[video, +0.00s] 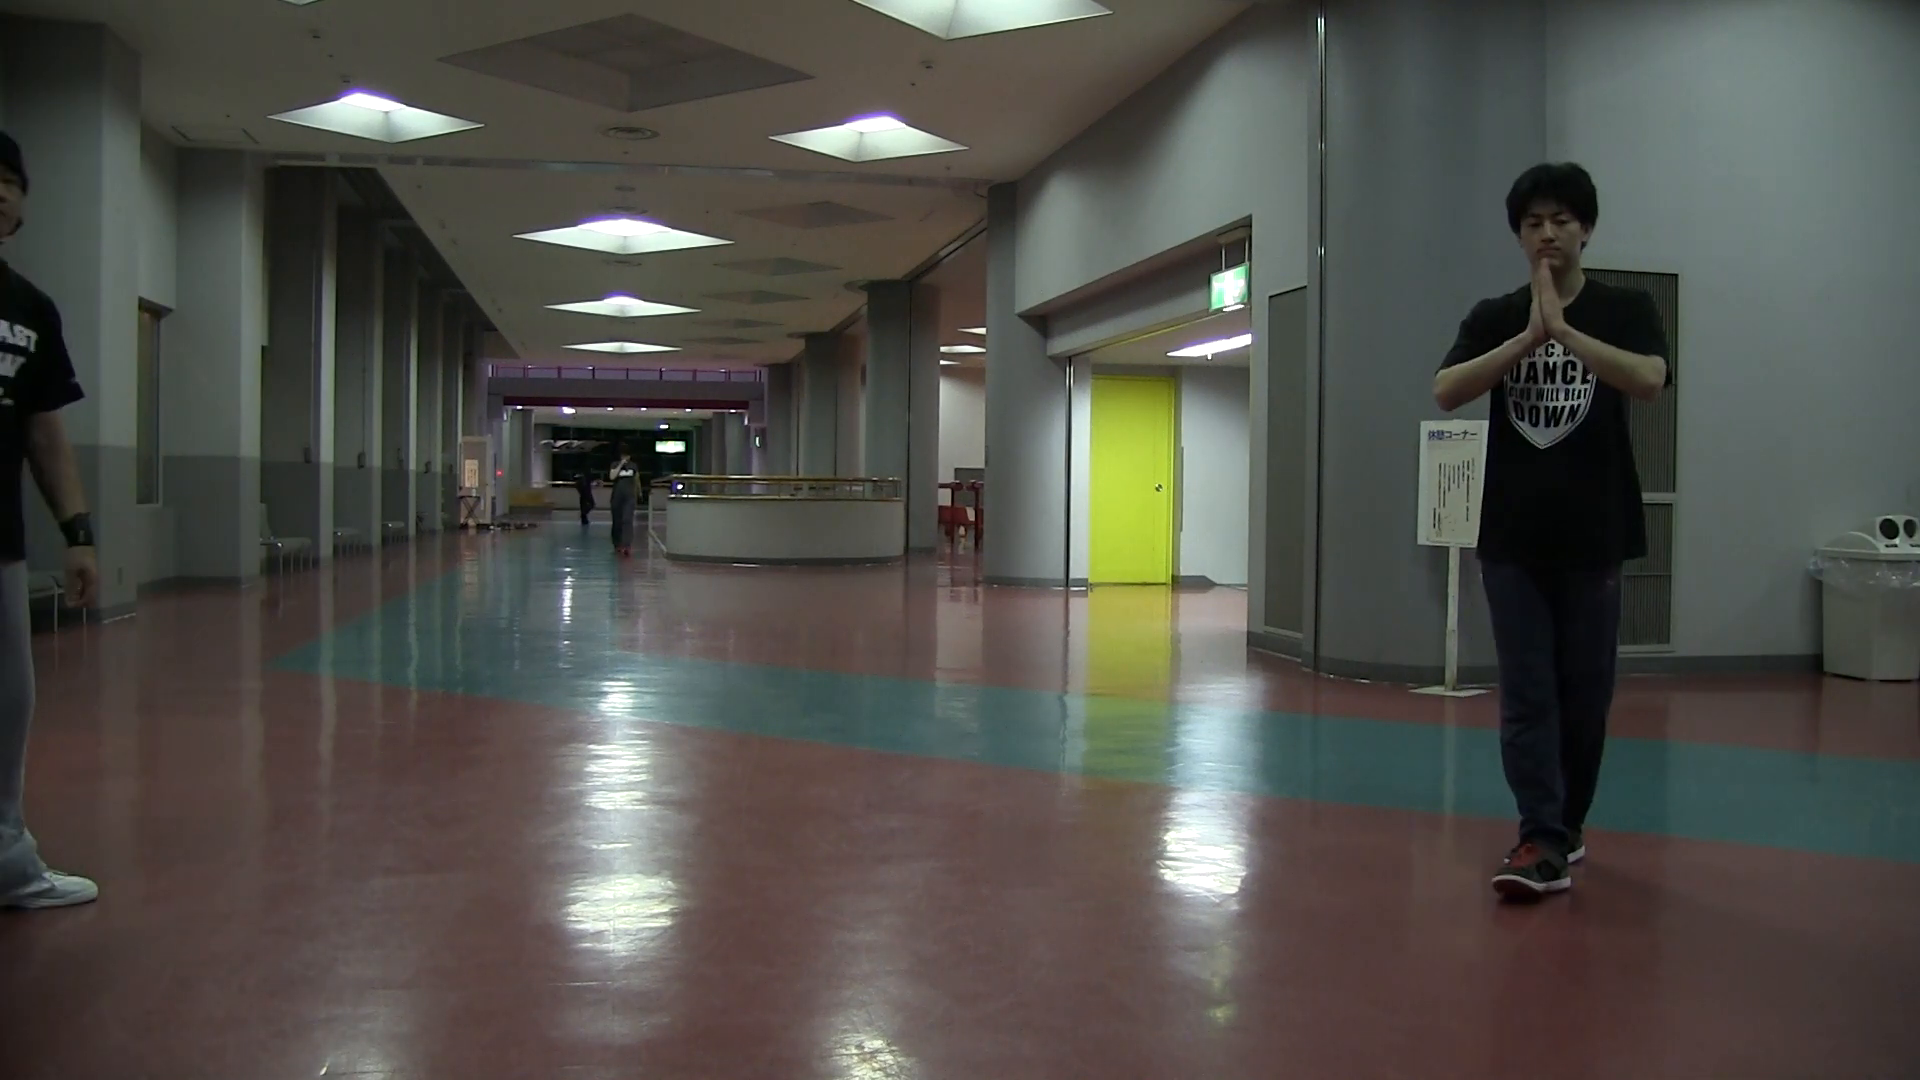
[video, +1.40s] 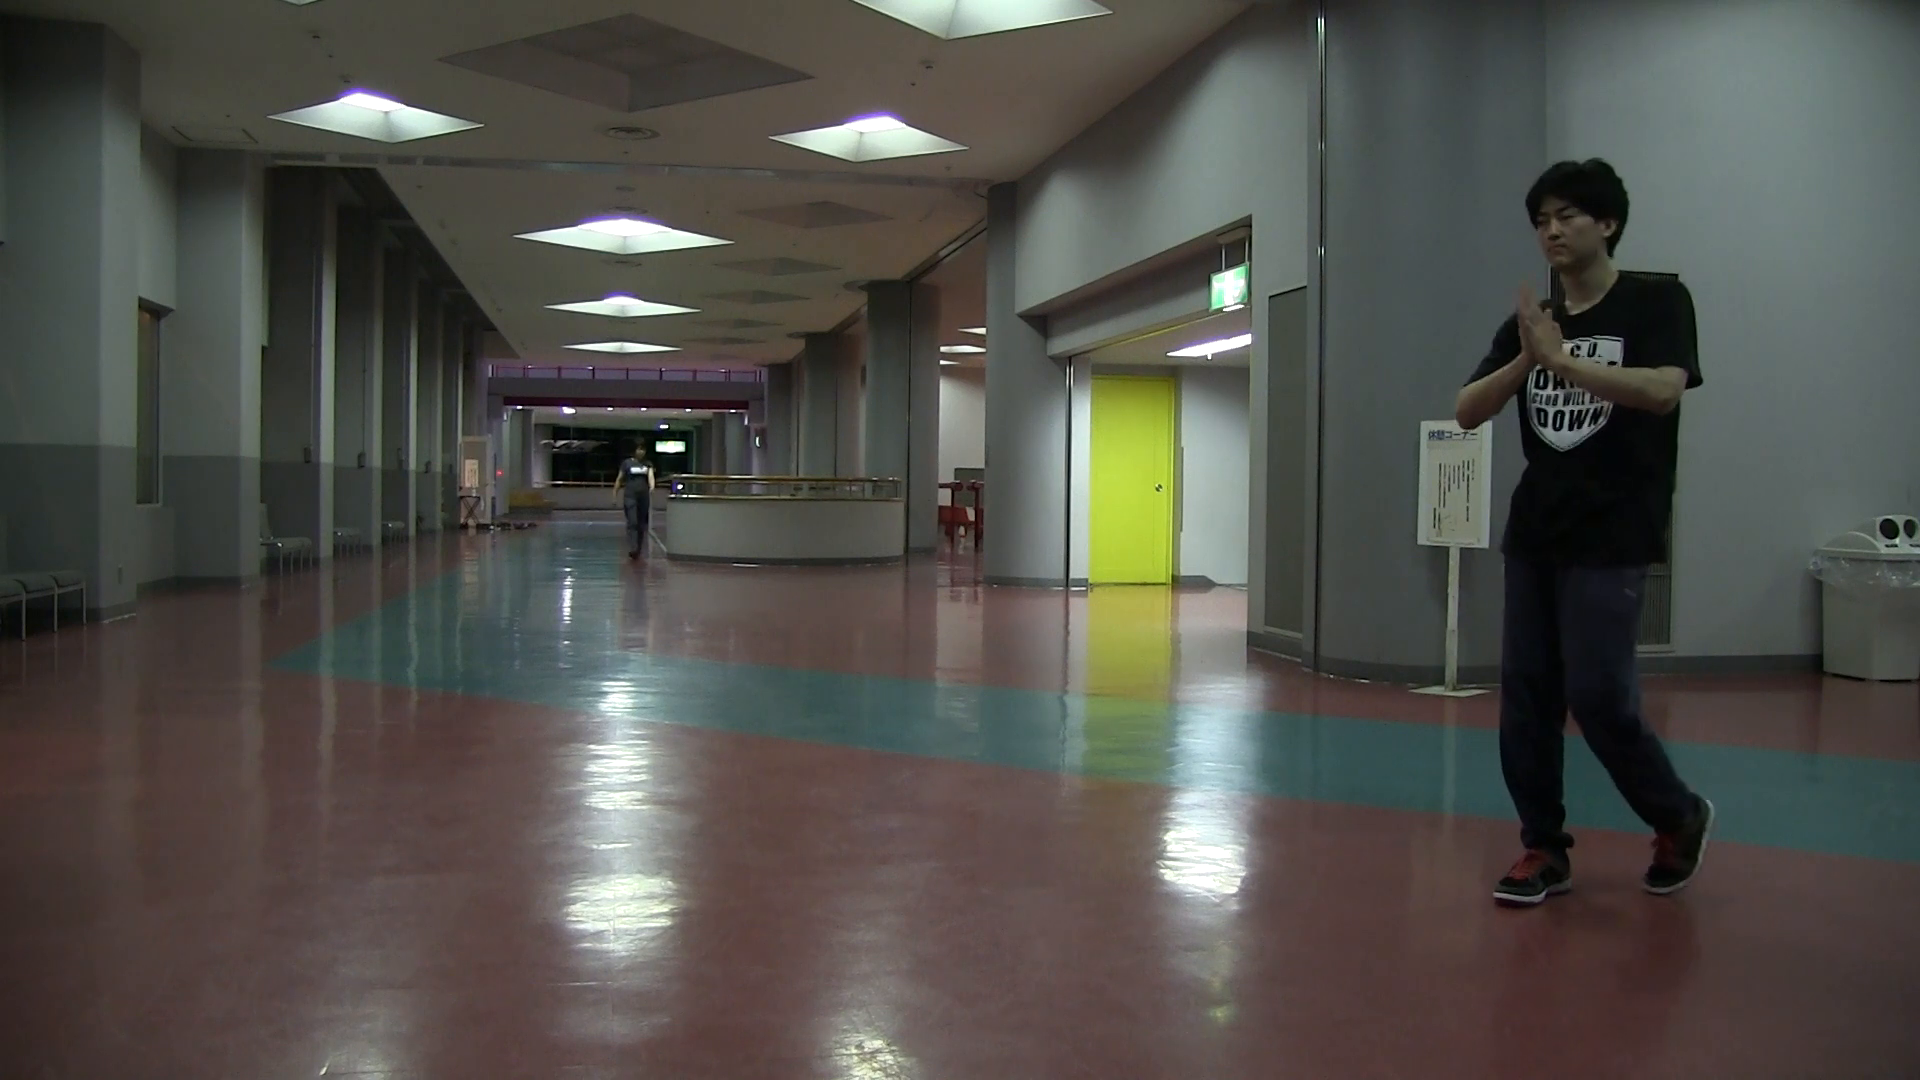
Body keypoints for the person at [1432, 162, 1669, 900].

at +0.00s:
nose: (1548, 235)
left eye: (1562, 222)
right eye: (1534, 223)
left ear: (1587, 230)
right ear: (1518, 234)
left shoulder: (1625, 309)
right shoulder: (1492, 316)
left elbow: (1650, 379)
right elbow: (1447, 389)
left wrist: (1563, 331)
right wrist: (1527, 339)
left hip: (1595, 531)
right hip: (1512, 531)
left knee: (1584, 687)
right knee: (1527, 687)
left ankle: (1564, 834)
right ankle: (1539, 842)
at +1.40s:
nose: (1553, 230)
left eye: (1568, 215)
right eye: (1543, 219)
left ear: (1607, 224)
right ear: (1536, 233)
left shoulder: (1657, 300)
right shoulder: (1532, 320)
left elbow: (1663, 391)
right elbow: (1467, 412)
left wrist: (1559, 360)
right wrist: (1528, 359)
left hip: (1611, 536)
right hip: (1533, 532)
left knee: (1598, 700)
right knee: (1527, 698)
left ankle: (1680, 819)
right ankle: (1544, 849)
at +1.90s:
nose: (1601, 233)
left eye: (1614, 220)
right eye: (1599, 221)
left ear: (1661, 224)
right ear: (1612, 230)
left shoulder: (1711, 299)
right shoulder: (1613, 325)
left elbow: (1685, 397)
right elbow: (1569, 422)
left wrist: (1588, 386)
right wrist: (1564, 385)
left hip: (1695, 528)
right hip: (1625, 527)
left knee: (1678, 691)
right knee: (1588, 683)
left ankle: (1707, 848)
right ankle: (1553, 836)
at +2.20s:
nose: (1606, 228)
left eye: (1620, 215)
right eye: (1608, 216)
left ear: (1663, 225)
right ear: (1639, 229)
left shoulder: (1705, 302)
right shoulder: (1630, 327)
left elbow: (1675, 403)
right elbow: (1626, 420)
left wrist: (1579, 451)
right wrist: (1575, 456)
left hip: (1690, 530)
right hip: (1631, 529)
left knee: (1688, 686)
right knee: (1618, 677)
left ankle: (1711, 847)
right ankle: (1643, 814)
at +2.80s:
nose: (1650, 238)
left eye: (1658, 229)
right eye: (1659, 228)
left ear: (1670, 244)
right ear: (1702, 266)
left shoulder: (1646, 317)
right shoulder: (1682, 327)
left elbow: (1609, 421)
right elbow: (1652, 432)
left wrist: (1592, 517)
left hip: (1606, 529)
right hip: (1640, 528)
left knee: (1573, 675)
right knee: (1623, 670)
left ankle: (1664, 817)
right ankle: (1635, 816)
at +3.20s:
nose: (1577, 299)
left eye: (1580, 283)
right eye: (1576, 285)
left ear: (1609, 273)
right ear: (1626, 277)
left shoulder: (1635, 334)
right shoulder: (1661, 338)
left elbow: (1582, 425)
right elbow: (1631, 461)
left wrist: (1531, 514)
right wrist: (1580, 546)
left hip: (1620, 545)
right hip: (1640, 547)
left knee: (1536, 674)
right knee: (1586, 682)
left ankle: (1621, 808)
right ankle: (1634, 811)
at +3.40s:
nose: (1544, 308)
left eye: (1545, 292)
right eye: (1538, 296)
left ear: (1580, 275)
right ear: (1577, 280)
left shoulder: (1644, 334)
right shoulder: (1606, 354)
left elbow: (1638, 445)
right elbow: (1587, 458)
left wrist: (1631, 550)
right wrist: (1544, 540)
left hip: (1656, 539)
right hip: (1629, 538)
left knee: (1563, 669)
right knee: (1603, 678)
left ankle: (1641, 810)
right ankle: (1631, 816)